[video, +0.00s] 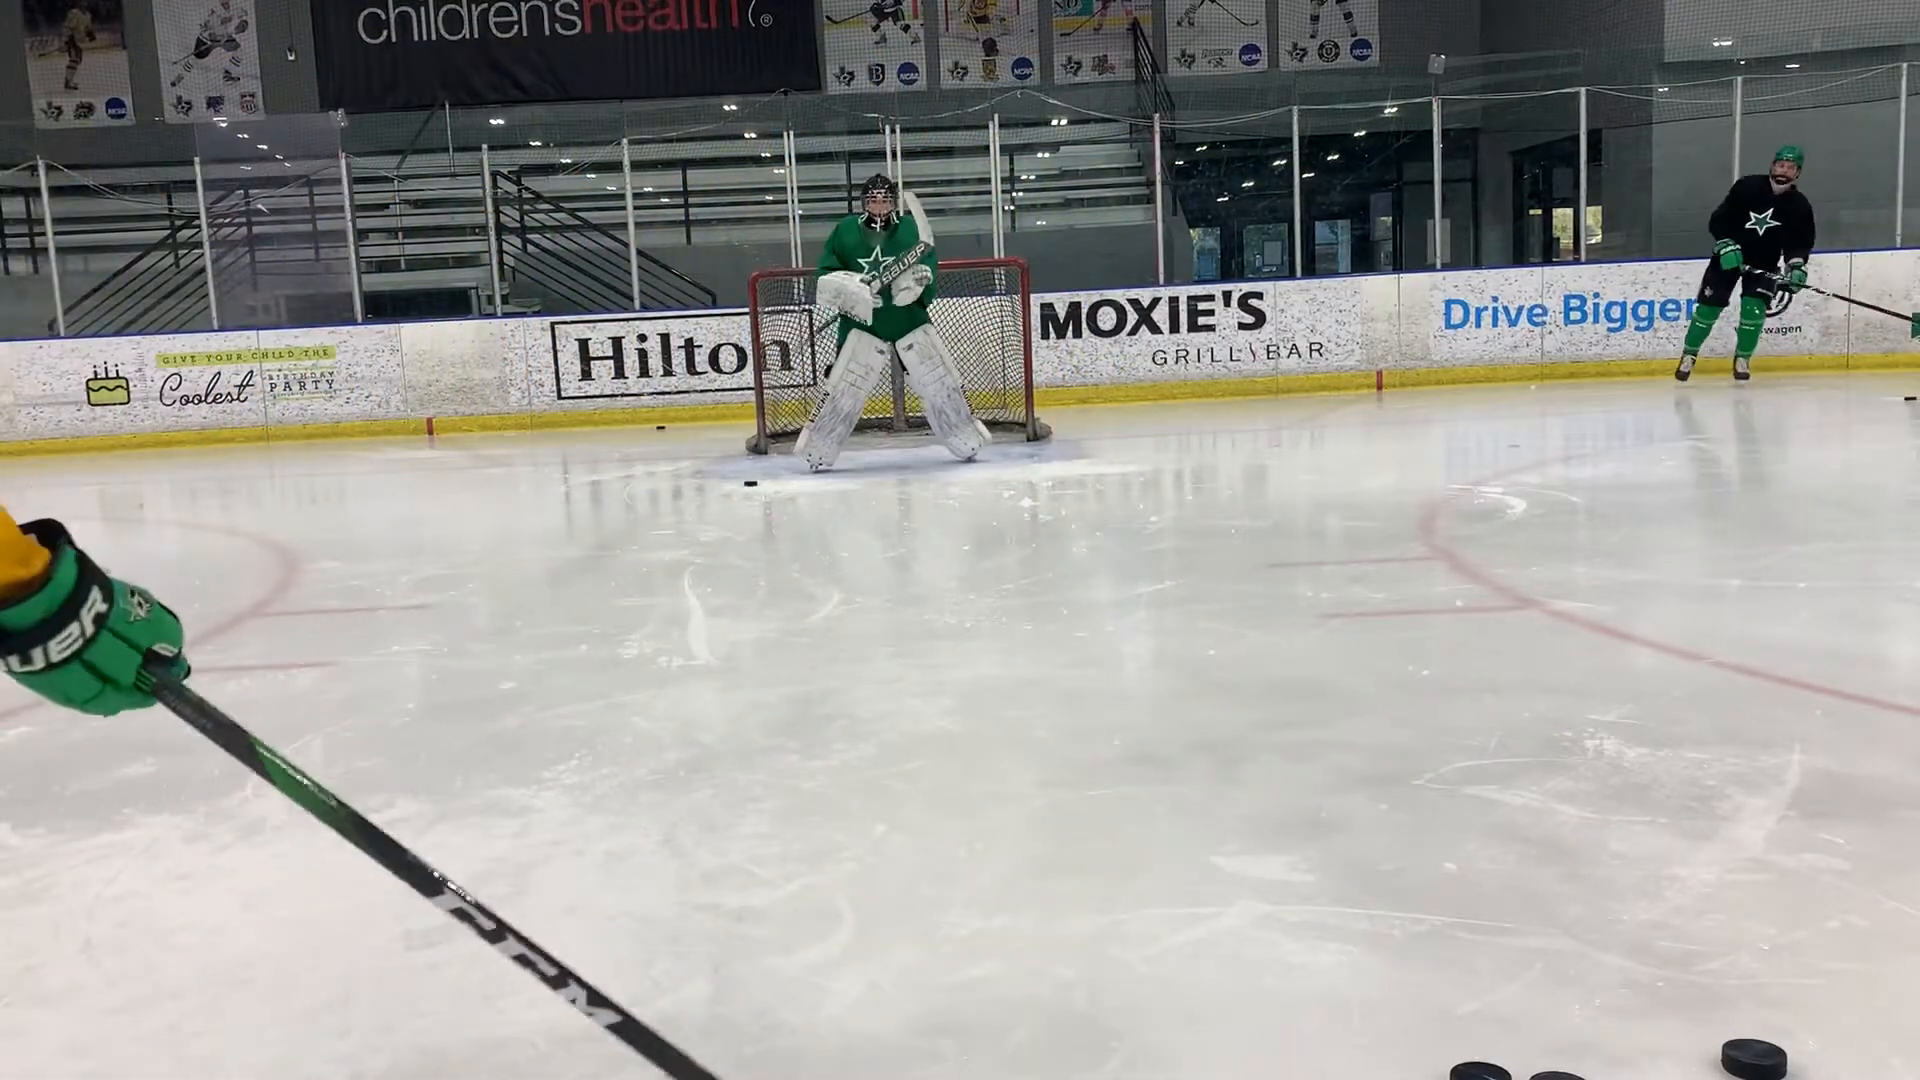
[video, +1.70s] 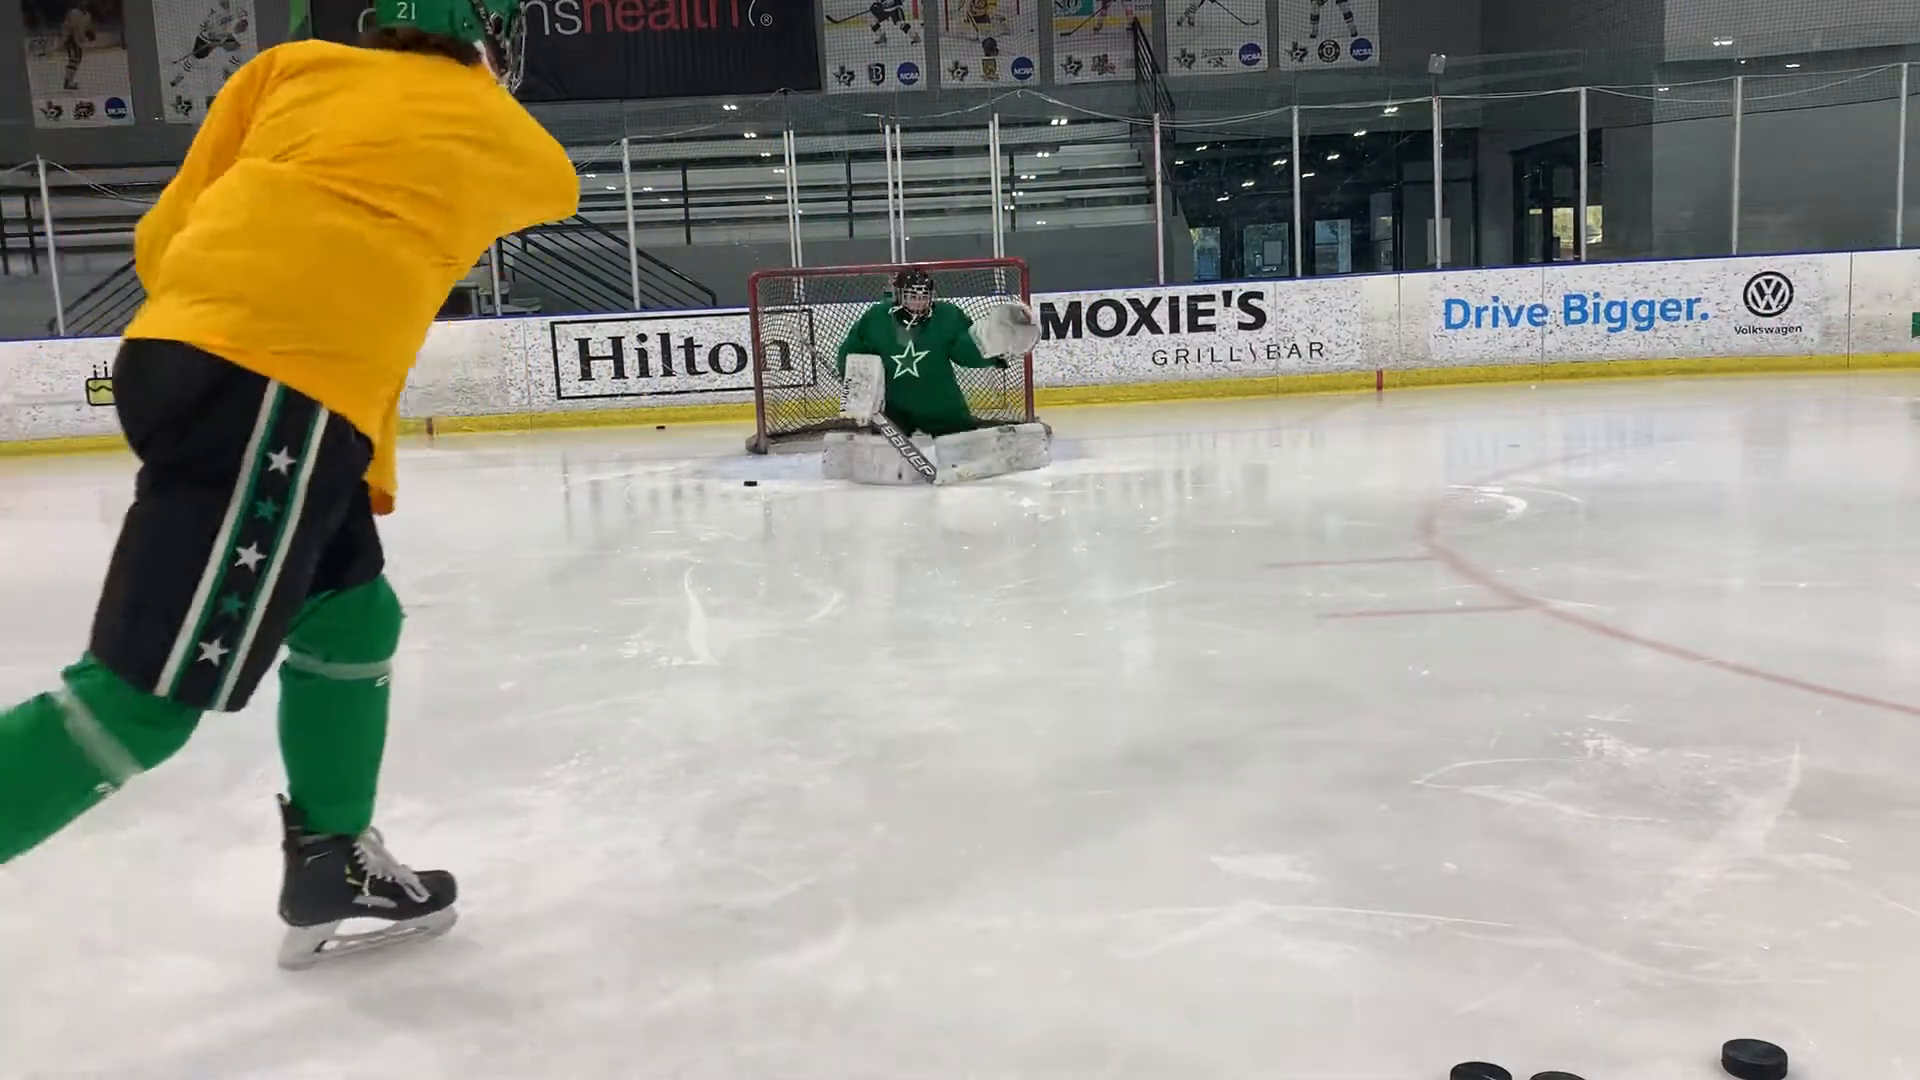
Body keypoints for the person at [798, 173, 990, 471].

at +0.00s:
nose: (879, 204)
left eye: (884, 199)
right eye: (873, 198)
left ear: (894, 201)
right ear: (864, 201)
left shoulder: (908, 228)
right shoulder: (846, 231)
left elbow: (928, 264)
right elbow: (824, 276)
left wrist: (918, 279)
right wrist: (849, 288)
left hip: (909, 321)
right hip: (864, 323)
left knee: (939, 383)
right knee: (845, 390)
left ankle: (967, 445)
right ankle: (819, 454)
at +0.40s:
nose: (890, 220)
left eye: (896, 214)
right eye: (884, 214)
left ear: (905, 215)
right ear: (875, 215)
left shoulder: (924, 240)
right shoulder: (855, 244)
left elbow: (951, 289)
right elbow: (834, 283)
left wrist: (950, 269)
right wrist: (839, 314)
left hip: (921, 334)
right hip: (874, 337)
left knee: (952, 394)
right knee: (854, 403)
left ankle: (986, 453)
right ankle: (825, 463)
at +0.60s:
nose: (898, 246)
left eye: (904, 240)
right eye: (893, 240)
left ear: (913, 241)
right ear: (883, 241)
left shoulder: (931, 268)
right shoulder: (861, 273)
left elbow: (952, 315)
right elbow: (842, 316)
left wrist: (957, 289)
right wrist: (840, 357)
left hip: (929, 353)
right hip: (882, 358)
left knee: (964, 402)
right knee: (864, 414)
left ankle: (1005, 457)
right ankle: (821, 464)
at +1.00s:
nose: (913, 281)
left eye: (919, 274)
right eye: (907, 275)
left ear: (929, 274)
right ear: (895, 276)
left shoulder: (946, 296)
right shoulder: (876, 303)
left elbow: (969, 348)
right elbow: (854, 342)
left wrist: (970, 333)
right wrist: (852, 380)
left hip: (946, 372)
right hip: (897, 378)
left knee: (982, 409)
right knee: (872, 424)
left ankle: (1027, 451)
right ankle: (826, 464)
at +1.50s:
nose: (916, 292)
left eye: (921, 286)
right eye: (909, 286)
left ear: (931, 285)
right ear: (898, 286)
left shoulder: (950, 307)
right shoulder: (877, 311)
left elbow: (977, 359)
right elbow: (850, 349)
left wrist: (973, 349)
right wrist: (849, 388)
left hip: (946, 389)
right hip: (895, 399)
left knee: (981, 415)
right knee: (870, 434)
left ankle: (1019, 448)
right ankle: (827, 464)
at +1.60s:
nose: (915, 297)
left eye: (921, 290)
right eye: (909, 290)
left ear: (930, 288)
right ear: (897, 288)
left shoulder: (948, 308)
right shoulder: (874, 312)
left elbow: (977, 357)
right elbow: (847, 348)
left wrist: (985, 331)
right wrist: (862, 370)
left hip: (945, 401)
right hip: (896, 405)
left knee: (984, 430)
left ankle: (1024, 445)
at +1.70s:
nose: (918, 302)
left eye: (923, 296)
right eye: (912, 296)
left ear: (931, 296)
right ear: (899, 295)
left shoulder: (947, 317)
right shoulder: (876, 319)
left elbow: (967, 352)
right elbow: (847, 355)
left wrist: (998, 346)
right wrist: (859, 386)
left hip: (945, 412)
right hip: (896, 414)